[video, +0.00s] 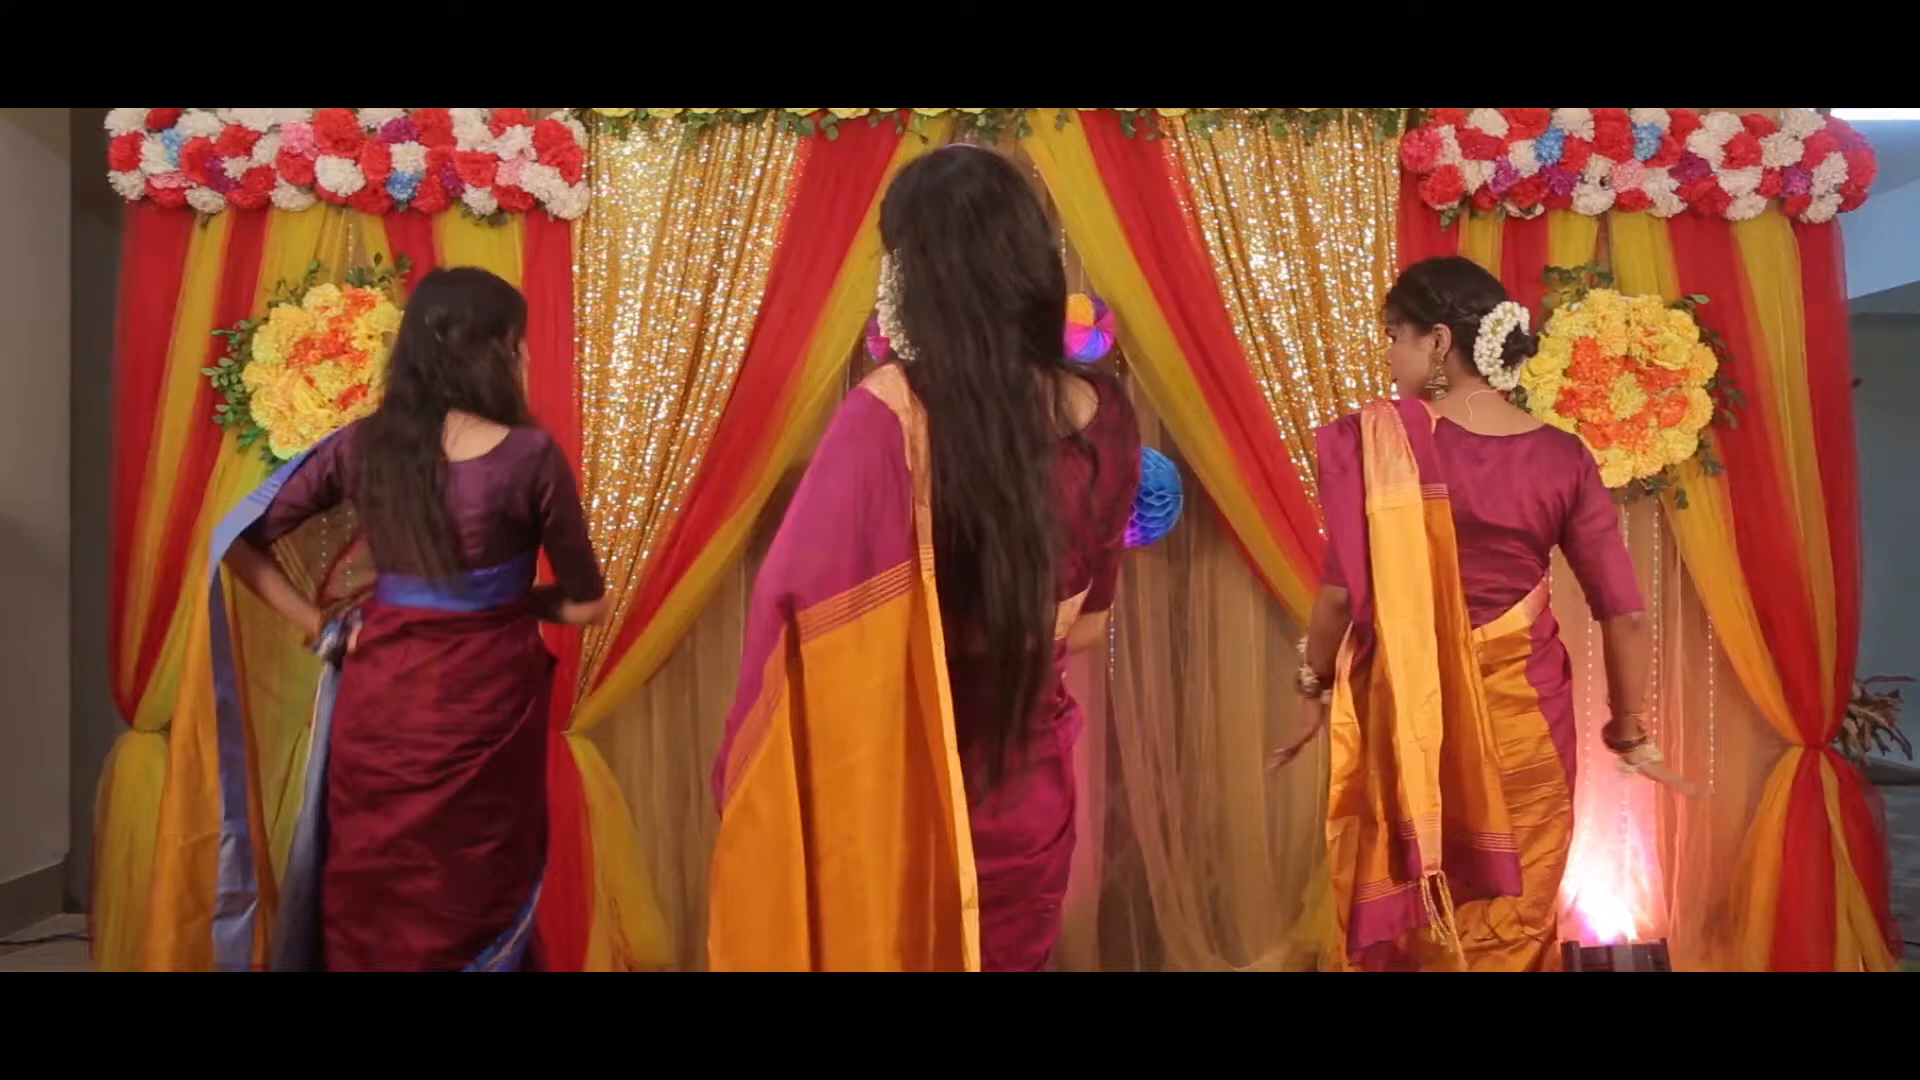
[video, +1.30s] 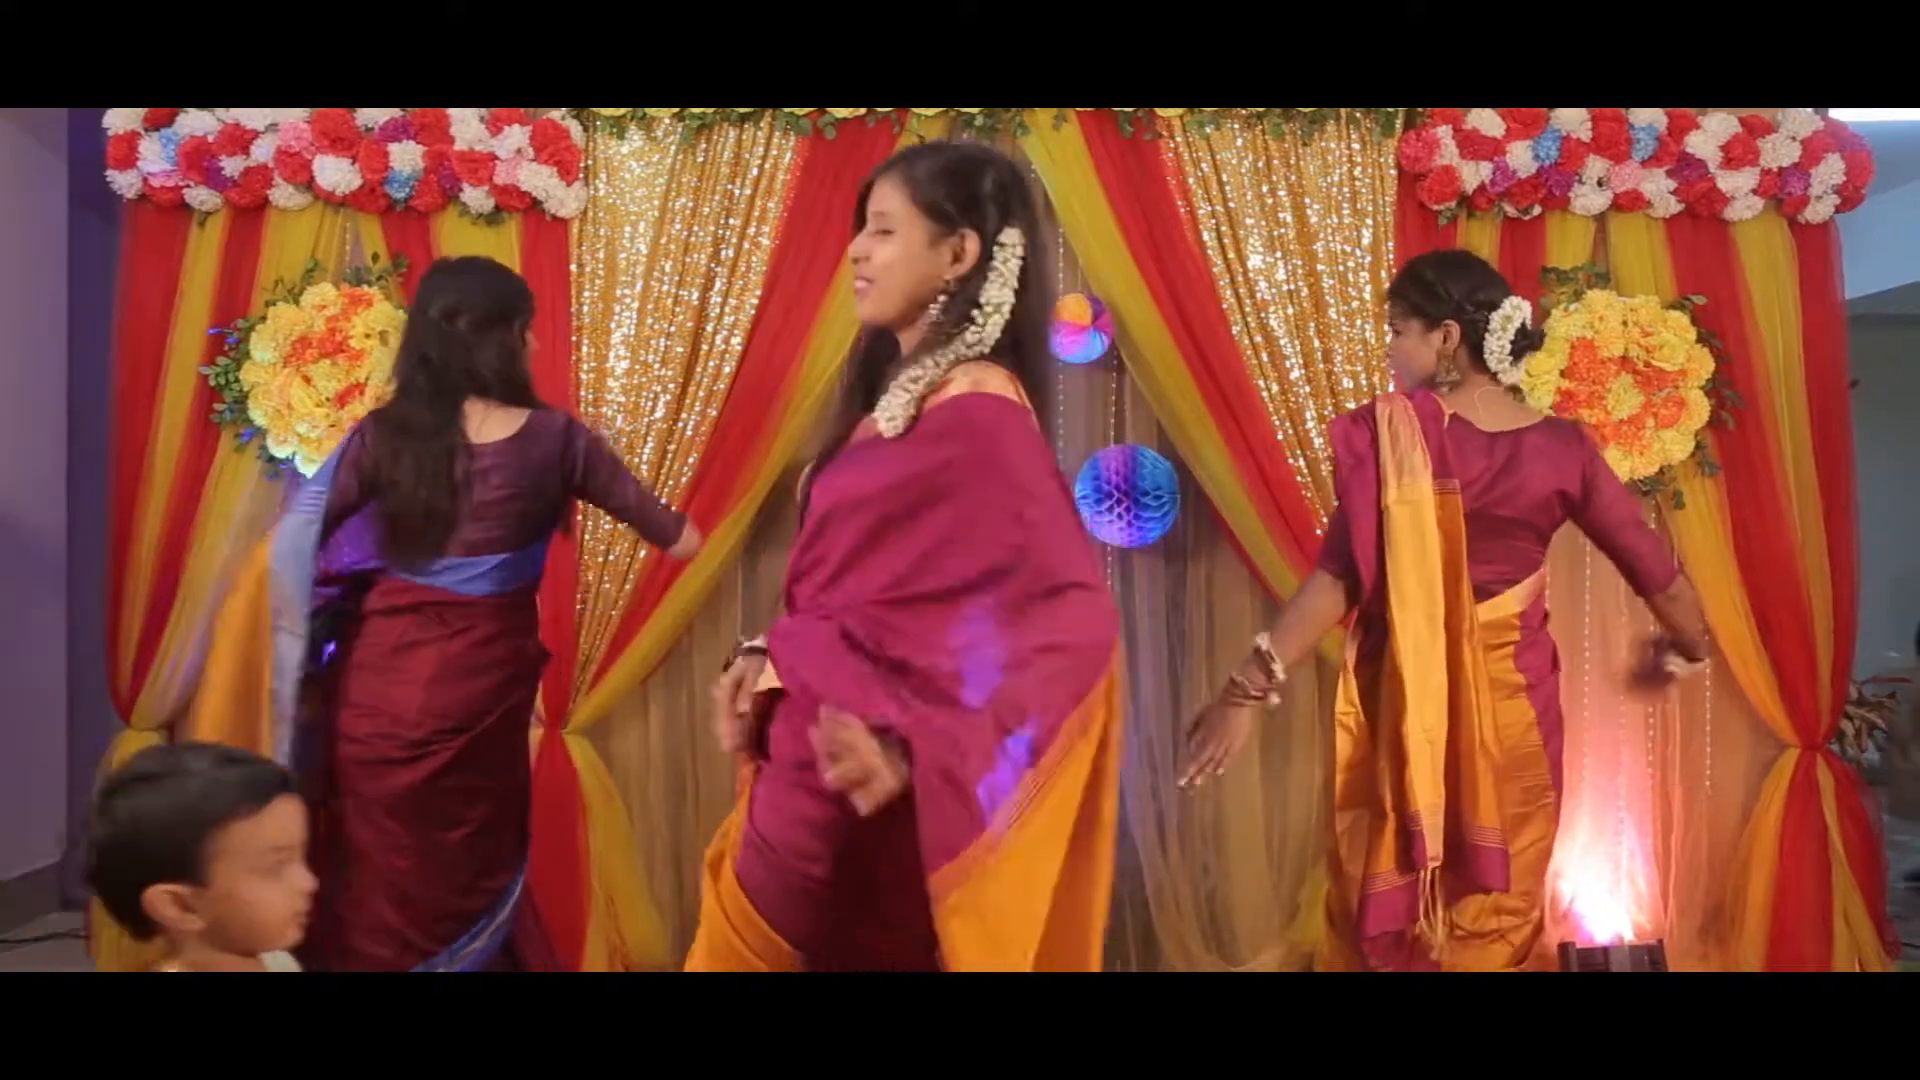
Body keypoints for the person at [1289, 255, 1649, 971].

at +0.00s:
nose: (1389, 359)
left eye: (1394, 337)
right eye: (1389, 338)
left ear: (1439, 340)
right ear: (1474, 339)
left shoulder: (1371, 442)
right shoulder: (1559, 455)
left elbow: (1343, 591)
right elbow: (1622, 608)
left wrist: (1315, 679)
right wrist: (1626, 720)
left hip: (1401, 715)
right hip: (1523, 716)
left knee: (1402, 921)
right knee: (1515, 919)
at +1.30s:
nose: (1388, 350)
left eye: (1397, 330)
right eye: (1389, 330)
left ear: (1450, 337)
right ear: (1465, 337)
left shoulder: (1377, 434)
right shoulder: (1558, 443)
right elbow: (1654, 566)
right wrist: (1691, 648)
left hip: (1394, 707)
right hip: (1516, 707)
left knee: (1384, 917)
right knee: (1502, 916)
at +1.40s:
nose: (1385, 359)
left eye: (1394, 340)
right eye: (1386, 340)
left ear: (1445, 346)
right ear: (1462, 346)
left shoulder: (1375, 441)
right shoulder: (1548, 457)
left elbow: (1326, 578)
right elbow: (1650, 571)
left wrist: (1245, 676)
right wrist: (1699, 598)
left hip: (1392, 717)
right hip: (1514, 714)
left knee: (1378, 924)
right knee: (1501, 926)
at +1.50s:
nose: (1382, 346)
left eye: (1391, 327)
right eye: (1383, 327)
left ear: (1444, 332)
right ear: (1460, 331)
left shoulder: (1393, 427)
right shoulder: (1553, 438)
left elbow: (1338, 545)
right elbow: (1642, 512)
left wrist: (1253, 620)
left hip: (1397, 678)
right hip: (1502, 677)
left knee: (1387, 874)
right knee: (1491, 879)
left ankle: (1395, 960)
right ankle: (1484, 959)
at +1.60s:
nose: (1382, 344)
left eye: (1391, 325)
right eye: (1382, 326)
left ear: (1446, 330)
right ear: (1457, 330)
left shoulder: (1415, 425)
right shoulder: (1550, 426)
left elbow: (1361, 538)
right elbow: (1625, 451)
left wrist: (1263, 594)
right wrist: (1644, 371)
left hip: (1391, 664)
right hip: (1493, 665)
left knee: (1353, 843)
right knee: (1473, 845)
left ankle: (1367, 958)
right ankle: (1468, 961)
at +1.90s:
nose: (1385, 360)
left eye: (1399, 342)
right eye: (1386, 341)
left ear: (1456, 347)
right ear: (1463, 351)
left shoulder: (1431, 433)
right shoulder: (1521, 437)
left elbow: (1412, 556)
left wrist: (1309, 602)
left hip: (1391, 677)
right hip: (1476, 679)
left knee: (1349, 877)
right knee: (1460, 869)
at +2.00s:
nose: (1384, 354)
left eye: (1400, 336)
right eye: (1382, 335)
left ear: (1458, 340)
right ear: (1458, 345)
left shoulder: (1436, 427)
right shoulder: (1515, 432)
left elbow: (1427, 547)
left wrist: (1334, 585)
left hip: (1395, 667)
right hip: (1466, 670)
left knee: (1349, 864)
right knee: (1448, 856)